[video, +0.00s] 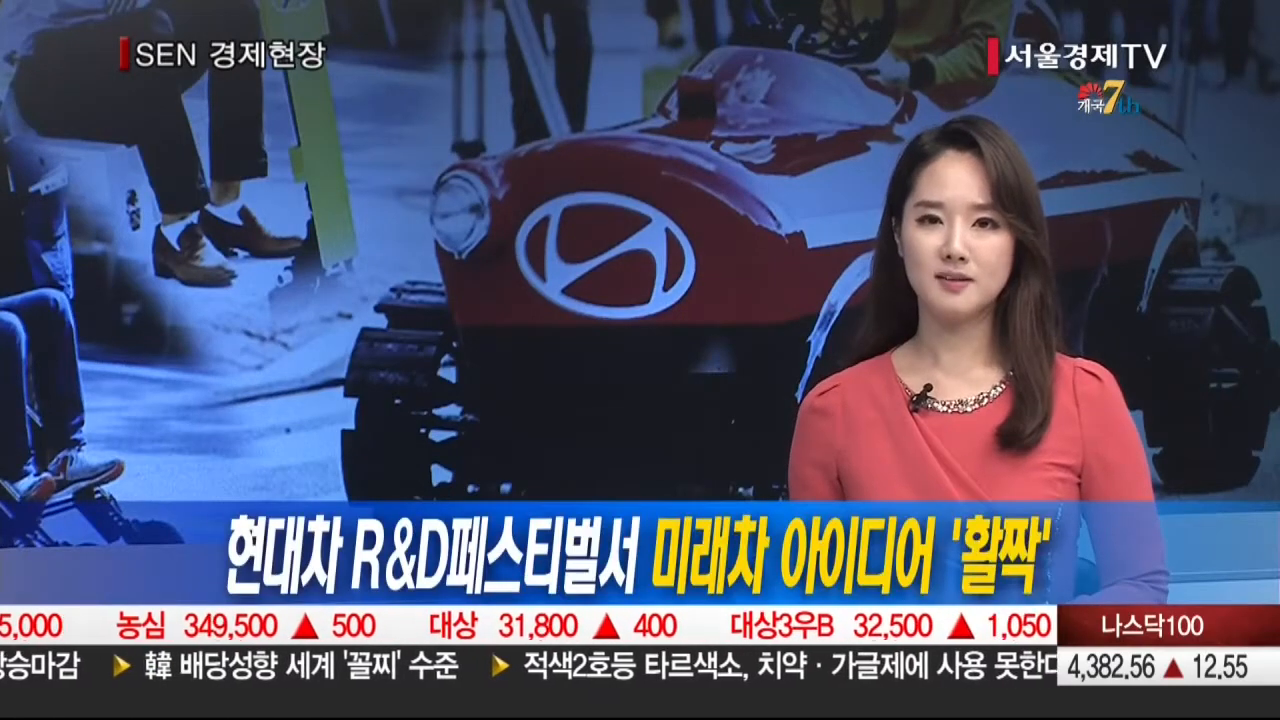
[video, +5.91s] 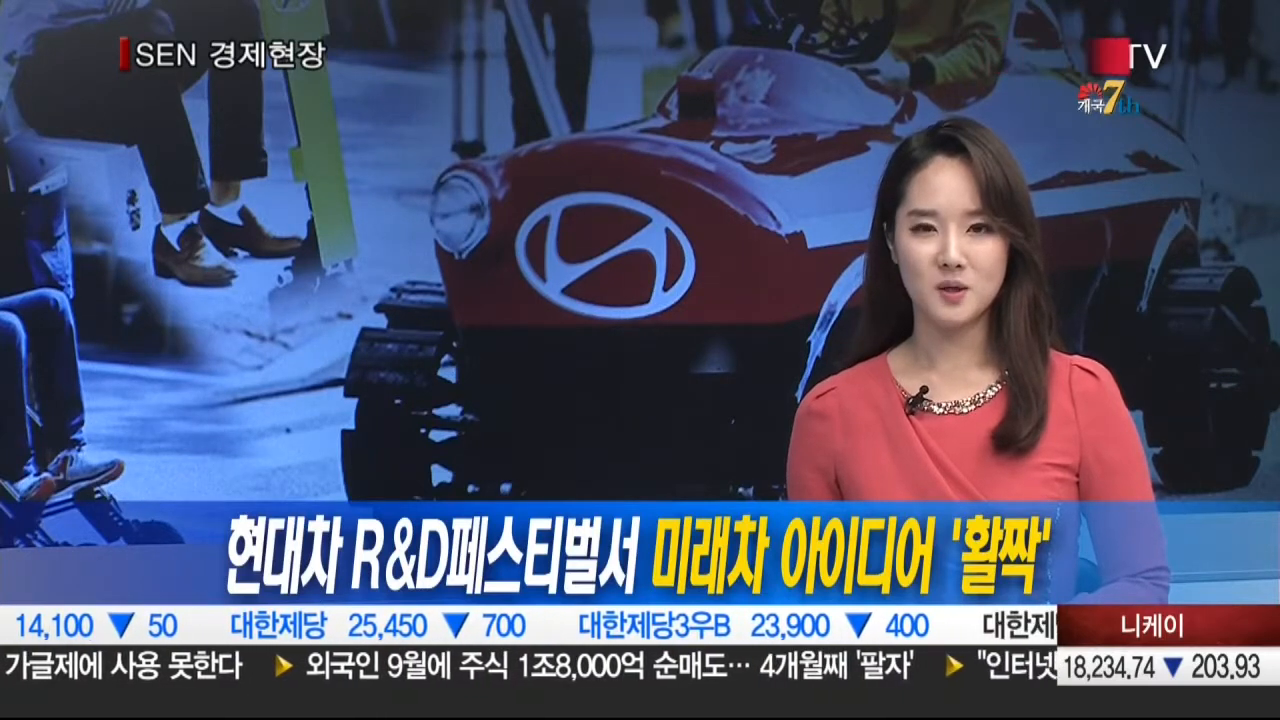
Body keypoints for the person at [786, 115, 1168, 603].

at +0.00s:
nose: (955, 247)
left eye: (985, 222)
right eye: (930, 219)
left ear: (1019, 244)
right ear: (898, 239)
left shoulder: (1086, 398)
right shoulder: (832, 413)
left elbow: (1140, 586)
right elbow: (811, 604)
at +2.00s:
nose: (956, 259)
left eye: (982, 230)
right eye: (928, 232)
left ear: (1017, 243)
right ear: (895, 245)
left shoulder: (1085, 397)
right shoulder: (831, 413)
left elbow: (1142, 583)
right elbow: (813, 604)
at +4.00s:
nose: (954, 257)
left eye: (982, 229)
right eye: (927, 228)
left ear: (1016, 246)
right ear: (893, 242)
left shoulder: (1083, 397)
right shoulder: (829, 415)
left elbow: (1143, 582)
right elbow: (811, 603)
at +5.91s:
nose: (951, 256)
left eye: (979, 229)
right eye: (924, 228)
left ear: (1013, 244)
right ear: (892, 244)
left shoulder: (1083, 396)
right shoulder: (829, 415)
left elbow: (1144, 581)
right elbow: (811, 605)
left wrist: (1033, 642)